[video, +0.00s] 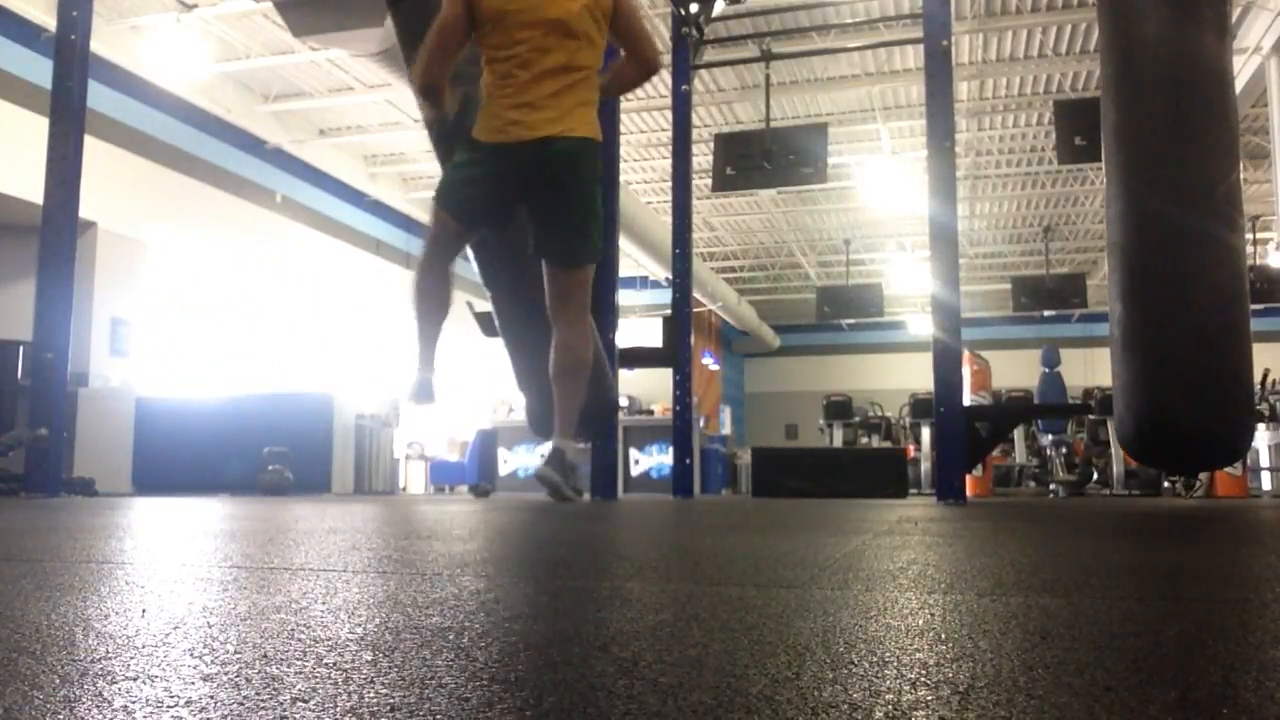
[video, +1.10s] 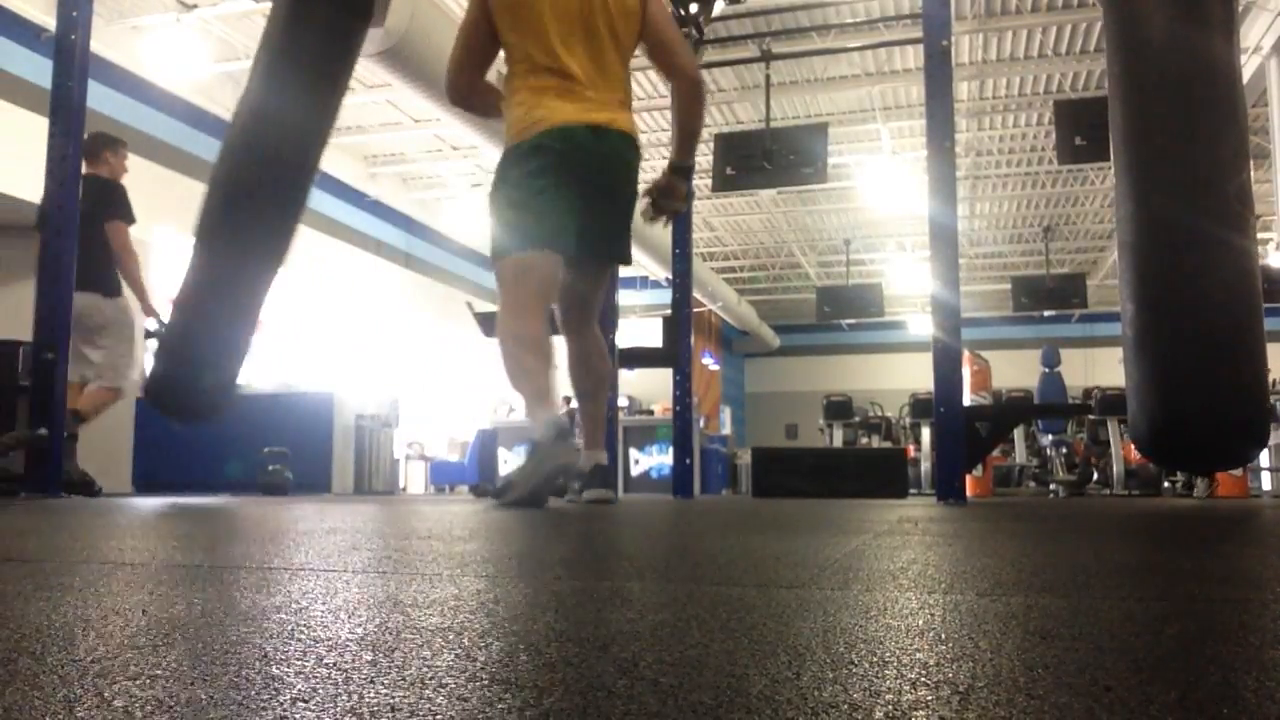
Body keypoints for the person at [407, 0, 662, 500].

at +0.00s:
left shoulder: (474, 2)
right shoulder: (602, 1)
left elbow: (429, 75)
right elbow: (646, 60)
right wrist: (591, 90)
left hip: (498, 145)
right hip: (573, 147)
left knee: (437, 256)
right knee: (572, 310)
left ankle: (424, 374)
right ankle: (563, 448)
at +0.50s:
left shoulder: (481, 2)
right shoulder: (605, 2)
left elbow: (435, 71)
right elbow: (657, 64)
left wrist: (441, 72)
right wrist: (610, 81)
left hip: (485, 142)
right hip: (563, 144)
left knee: (433, 273)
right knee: (567, 314)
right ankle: (554, 459)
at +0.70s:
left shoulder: (490, 2)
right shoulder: (619, 3)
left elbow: (433, 88)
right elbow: (676, 68)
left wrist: (405, 89)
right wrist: (634, 127)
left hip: (500, 149)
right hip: (577, 162)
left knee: (438, 216)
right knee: (577, 324)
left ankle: (381, 293)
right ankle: (546, 457)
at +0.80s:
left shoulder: (505, 1)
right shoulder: (632, 2)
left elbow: (447, 76)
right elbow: (693, 35)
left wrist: (414, 86)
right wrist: (666, 105)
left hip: (515, 130)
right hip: (591, 142)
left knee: (423, 236)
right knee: (578, 305)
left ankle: (356, 331)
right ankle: (557, 448)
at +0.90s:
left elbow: (466, 62)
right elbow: (701, 25)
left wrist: (459, 58)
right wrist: (677, 107)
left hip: (521, 114)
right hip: (598, 122)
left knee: (435, 245)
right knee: (594, 297)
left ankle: (393, 376)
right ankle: (587, 440)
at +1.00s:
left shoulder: (509, 0)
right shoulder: (638, 1)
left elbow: (463, 68)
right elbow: (704, 50)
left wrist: (502, 70)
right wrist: (680, 136)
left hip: (527, 143)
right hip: (604, 146)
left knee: (468, 291)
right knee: (595, 318)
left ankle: (470, 385)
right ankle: (602, 463)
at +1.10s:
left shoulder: (499, 3)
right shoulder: (636, 2)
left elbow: (462, 85)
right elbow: (689, 77)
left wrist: (528, 103)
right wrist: (680, 169)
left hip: (538, 142)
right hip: (614, 143)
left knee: (522, 312)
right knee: (584, 320)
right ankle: (596, 466)